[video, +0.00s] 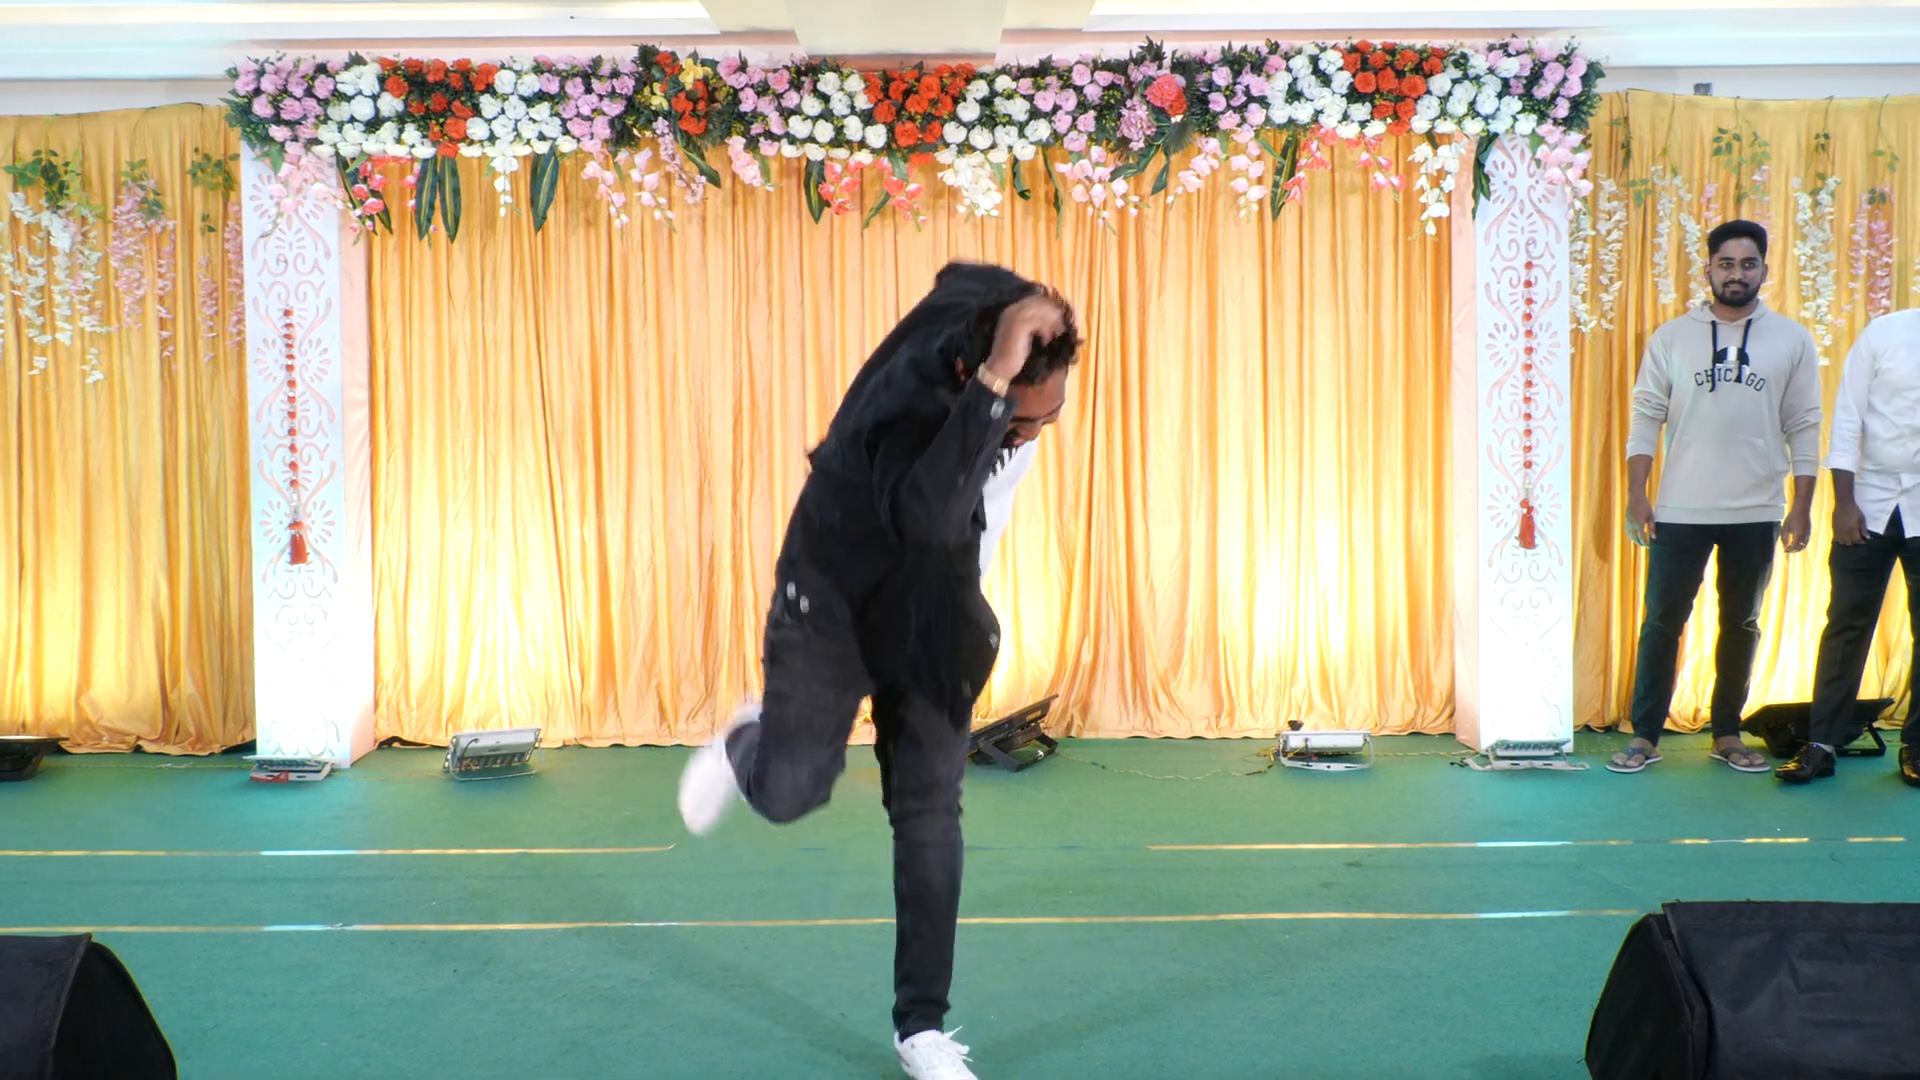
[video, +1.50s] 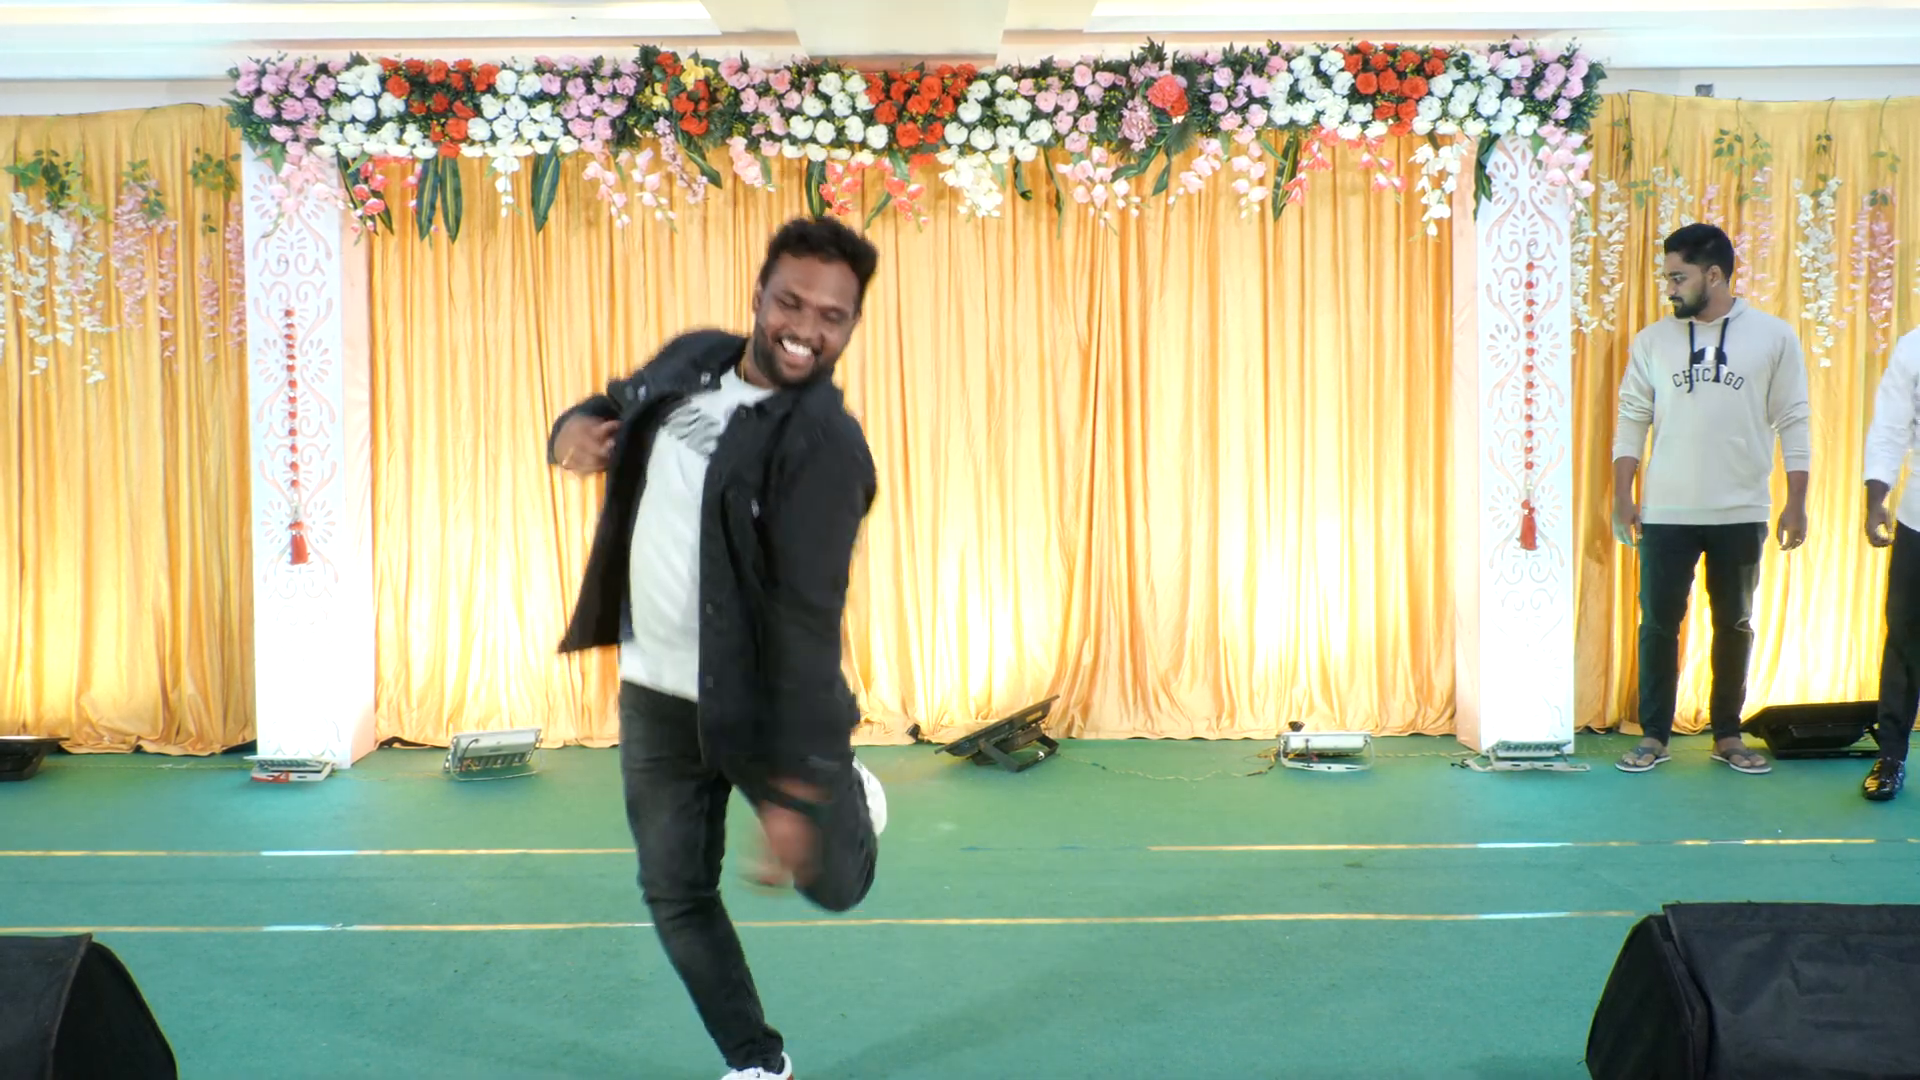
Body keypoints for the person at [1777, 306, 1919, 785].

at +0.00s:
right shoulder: (1886, 333)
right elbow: (1847, 417)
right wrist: (1843, 500)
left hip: (1917, 509)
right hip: (1871, 502)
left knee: (1919, 634)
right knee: (1846, 625)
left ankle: (1914, 746)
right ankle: (1821, 744)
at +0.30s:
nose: (1918, 286)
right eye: (1916, 277)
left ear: (1919, 286)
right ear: (1909, 283)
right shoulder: (1882, 338)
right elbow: (1847, 423)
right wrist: (1848, 502)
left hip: (1919, 508)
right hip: (1877, 501)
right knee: (1848, 624)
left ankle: (1915, 745)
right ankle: (1821, 743)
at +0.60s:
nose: (1918, 282)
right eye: (1916, 274)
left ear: (1919, 283)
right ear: (1911, 281)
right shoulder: (1884, 336)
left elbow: (1847, 415)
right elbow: (1848, 416)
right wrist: (1840, 493)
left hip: (1919, 508)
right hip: (1877, 497)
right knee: (1847, 618)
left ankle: (1915, 747)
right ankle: (1831, 740)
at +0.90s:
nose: (1917, 281)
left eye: (1917, 272)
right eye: (1916, 272)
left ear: (1913, 281)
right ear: (1910, 280)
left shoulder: (1885, 338)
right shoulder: (1882, 338)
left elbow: (1847, 423)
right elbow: (1848, 424)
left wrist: (1829, 501)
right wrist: (1828, 501)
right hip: (1886, 512)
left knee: (1905, 640)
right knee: (1887, 635)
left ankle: (1906, 752)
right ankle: (1890, 755)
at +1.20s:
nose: (1915, 280)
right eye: (1907, 270)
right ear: (1898, 277)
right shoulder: (1878, 347)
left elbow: (1838, 431)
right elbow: (1838, 430)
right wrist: (1824, 514)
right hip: (1896, 517)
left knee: (1900, 644)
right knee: (1884, 641)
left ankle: (1890, 750)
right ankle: (1887, 756)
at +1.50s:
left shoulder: (1909, 351)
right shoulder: (1911, 349)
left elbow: (1891, 423)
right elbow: (1891, 422)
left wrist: (1877, 495)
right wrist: (1876, 496)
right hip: (1914, 523)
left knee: (1905, 643)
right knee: (1903, 642)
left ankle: (1893, 759)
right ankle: (1891, 758)